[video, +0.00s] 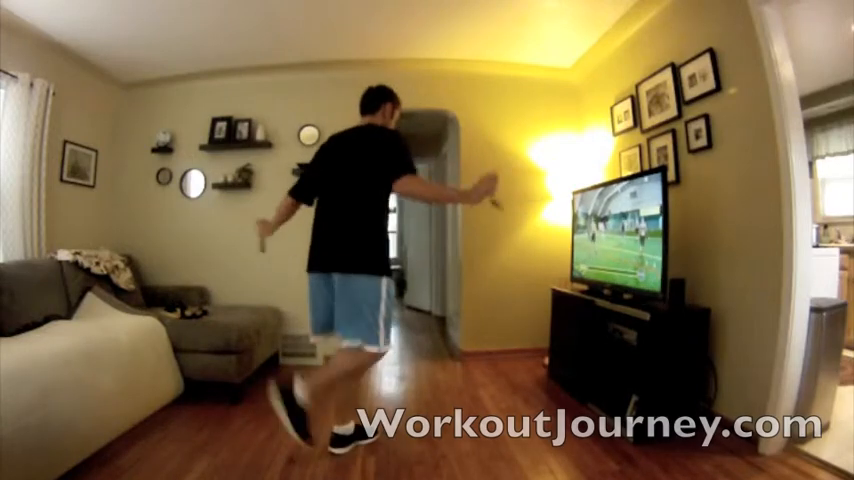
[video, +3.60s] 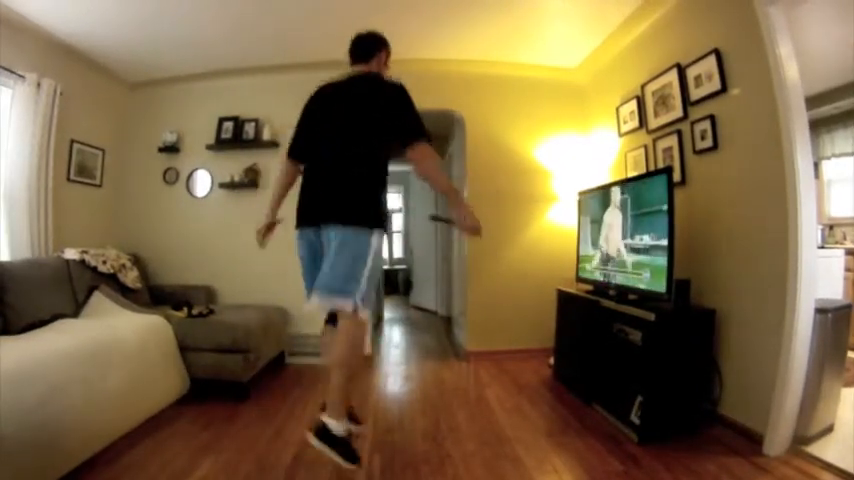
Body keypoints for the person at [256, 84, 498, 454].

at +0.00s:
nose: (395, 121)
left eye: (395, 115)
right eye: (396, 115)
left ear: (362, 111)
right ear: (389, 110)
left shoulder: (333, 143)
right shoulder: (387, 141)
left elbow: (299, 194)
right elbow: (405, 184)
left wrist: (272, 224)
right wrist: (467, 195)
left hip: (324, 255)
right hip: (363, 257)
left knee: (350, 344)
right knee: (372, 346)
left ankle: (345, 428)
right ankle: (301, 392)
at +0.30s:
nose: (398, 132)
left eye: (397, 125)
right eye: (398, 125)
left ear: (365, 123)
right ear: (391, 123)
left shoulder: (338, 155)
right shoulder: (392, 157)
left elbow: (307, 215)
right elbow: (430, 207)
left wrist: (288, 257)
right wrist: (472, 244)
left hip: (326, 264)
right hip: (368, 263)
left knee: (344, 348)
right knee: (392, 336)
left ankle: (346, 429)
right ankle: (349, 383)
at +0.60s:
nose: (413, 112)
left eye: (412, 106)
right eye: (413, 105)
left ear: (379, 101)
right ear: (405, 103)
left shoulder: (349, 136)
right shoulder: (410, 141)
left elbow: (316, 189)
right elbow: (439, 199)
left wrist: (293, 235)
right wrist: (477, 238)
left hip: (336, 251)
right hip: (385, 255)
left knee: (317, 345)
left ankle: (283, 419)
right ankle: (369, 431)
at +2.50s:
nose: (392, 83)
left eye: (391, 77)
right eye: (391, 76)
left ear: (356, 73)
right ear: (379, 72)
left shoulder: (325, 103)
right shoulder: (389, 109)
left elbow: (286, 160)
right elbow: (411, 169)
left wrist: (251, 202)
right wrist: (448, 213)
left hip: (306, 217)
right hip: (354, 223)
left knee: (303, 307)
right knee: (356, 313)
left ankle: (263, 383)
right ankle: (339, 406)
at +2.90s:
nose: (388, 113)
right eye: (386, 105)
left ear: (349, 102)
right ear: (380, 100)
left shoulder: (320, 125)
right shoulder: (372, 103)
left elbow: (280, 164)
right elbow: (391, 148)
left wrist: (257, 208)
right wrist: (430, 191)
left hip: (299, 214)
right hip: (339, 213)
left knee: (325, 312)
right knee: (329, 316)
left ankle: (325, 396)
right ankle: (293, 419)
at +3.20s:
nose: (381, 106)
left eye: (380, 98)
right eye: (380, 98)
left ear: (341, 100)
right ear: (374, 98)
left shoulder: (315, 139)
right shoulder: (378, 138)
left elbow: (277, 192)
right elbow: (413, 200)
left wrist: (274, 211)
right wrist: (471, 213)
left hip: (301, 270)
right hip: (346, 273)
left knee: (330, 361)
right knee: (359, 376)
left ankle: (323, 435)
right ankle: (327, 463)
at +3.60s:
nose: (389, 68)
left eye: (386, 62)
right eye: (388, 62)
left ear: (351, 59)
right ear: (382, 59)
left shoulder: (322, 95)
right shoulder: (390, 93)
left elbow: (292, 162)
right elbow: (419, 154)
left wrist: (271, 212)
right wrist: (458, 202)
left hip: (311, 212)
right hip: (356, 211)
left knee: (337, 315)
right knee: (347, 314)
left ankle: (346, 410)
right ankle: (332, 417)